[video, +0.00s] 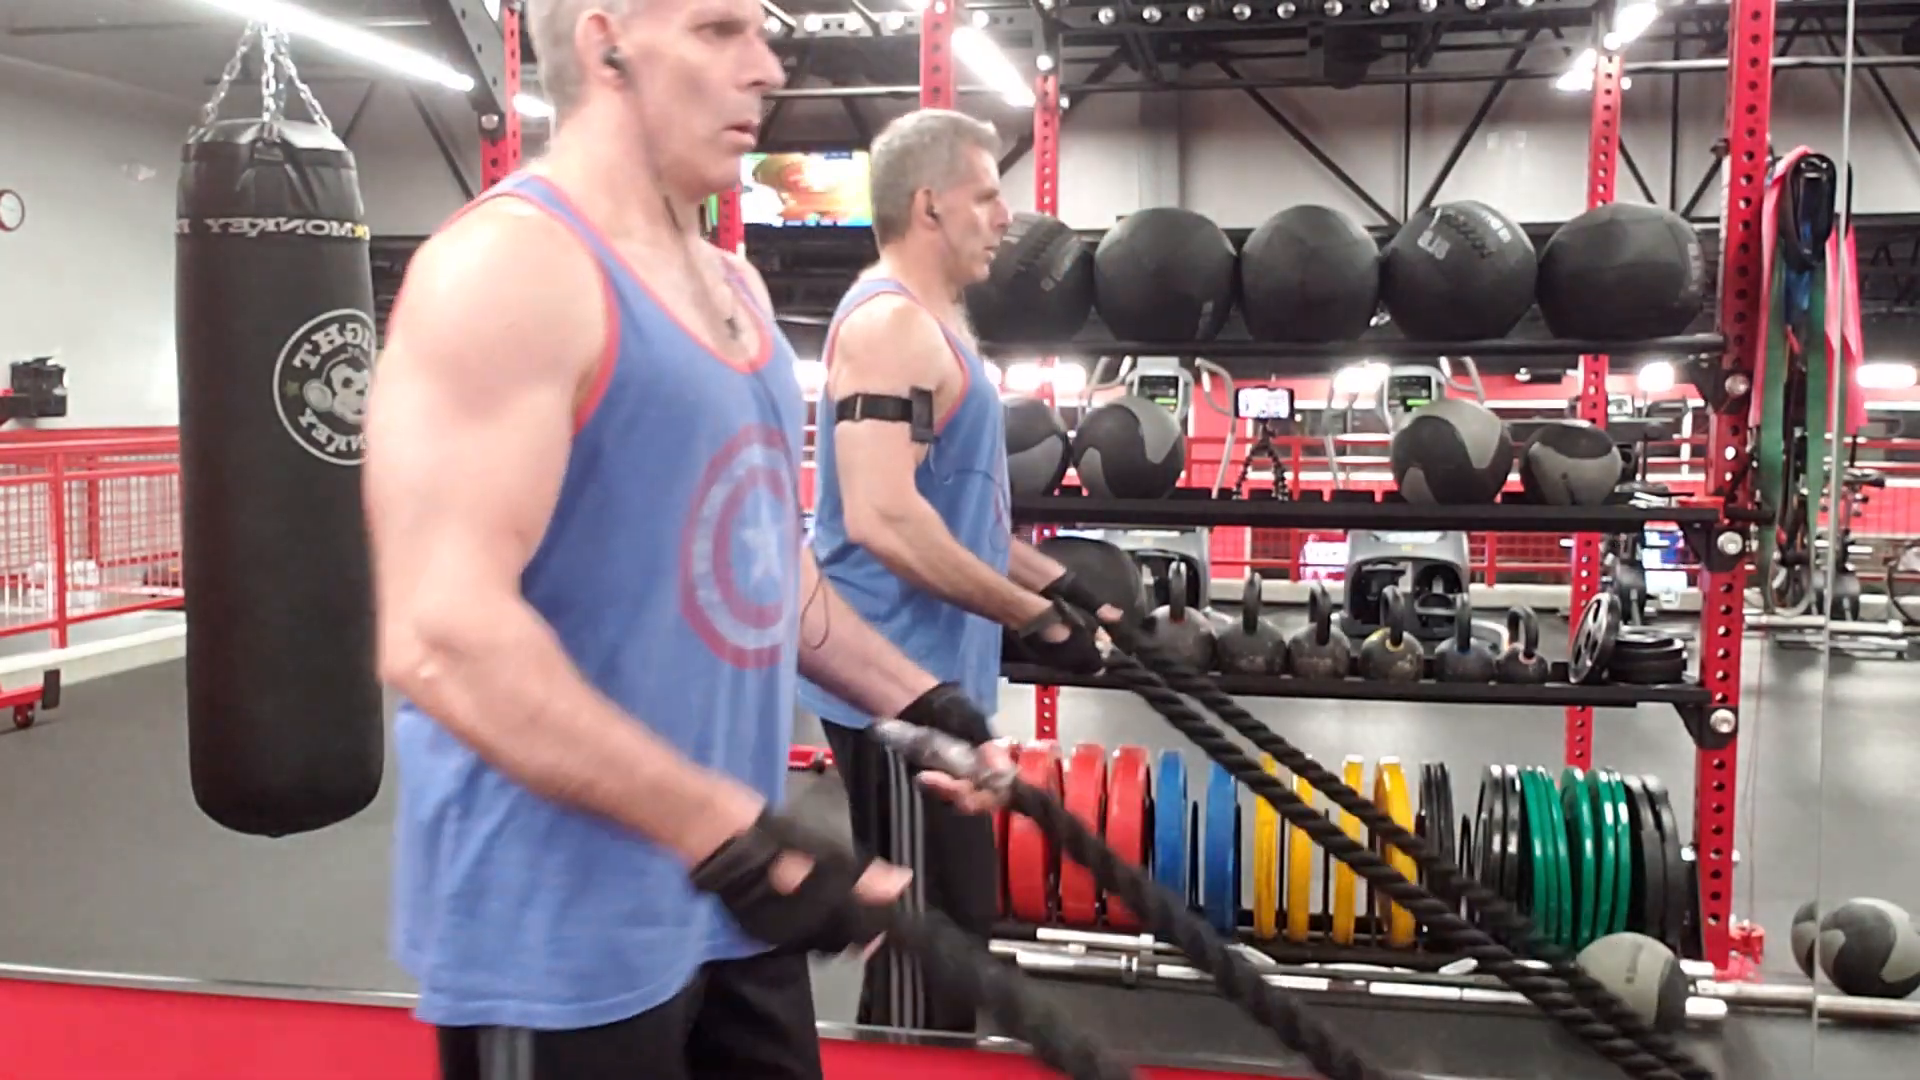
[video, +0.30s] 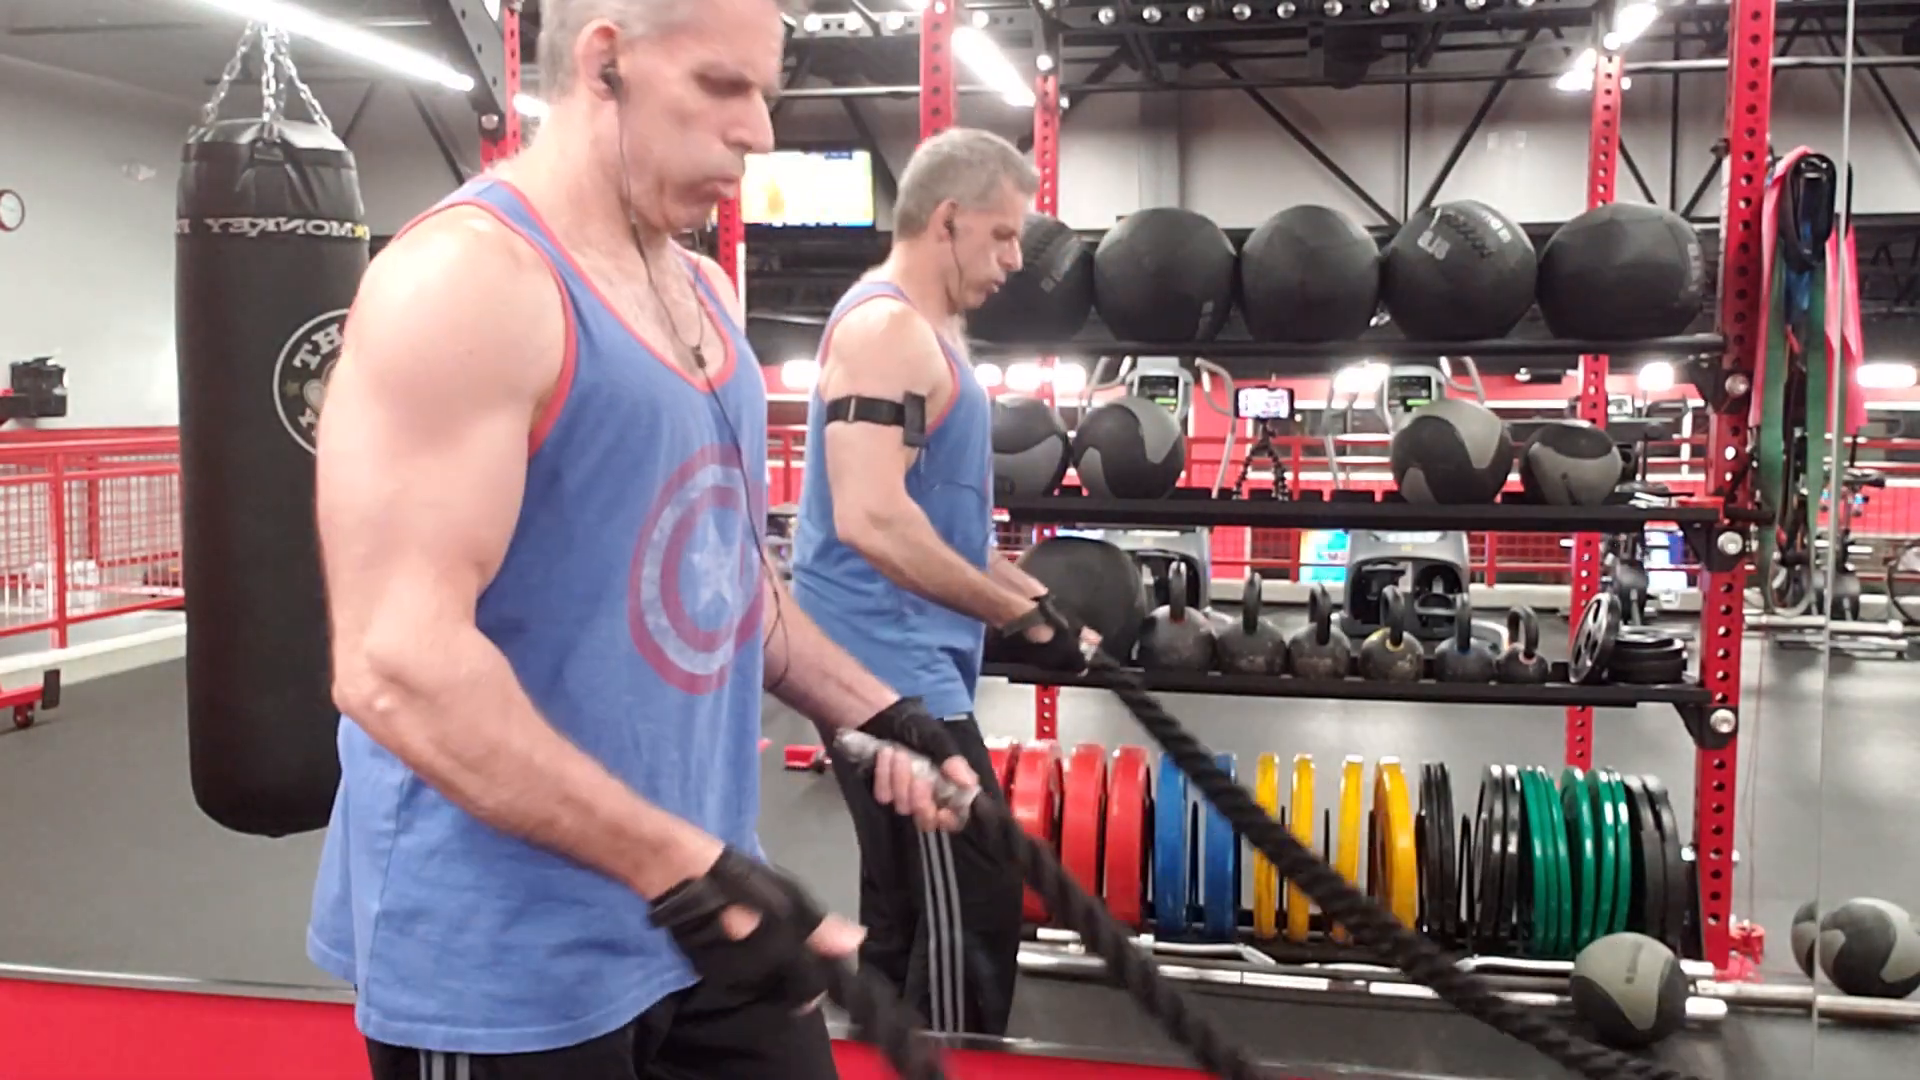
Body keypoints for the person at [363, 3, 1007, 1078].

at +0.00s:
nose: (769, 71)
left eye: (766, 38)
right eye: (723, 29)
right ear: (606, 40)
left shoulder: (734, 283)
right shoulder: (505, 266)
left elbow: (766, 567)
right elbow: (441, 633)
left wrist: (923, 706)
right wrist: (739, 841)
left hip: (736, 915)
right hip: (564, 951)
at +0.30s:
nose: (756, 133)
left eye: (763, 97)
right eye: (722, 85)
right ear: (601, 58)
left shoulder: (698, 283)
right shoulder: (458, 282)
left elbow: (721, 573)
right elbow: (397, 659)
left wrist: (873, 717)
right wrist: (692, 873)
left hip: (702, 937)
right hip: (503, 981)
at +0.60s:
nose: (825, 182)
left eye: (836, 146)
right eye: (799, 134)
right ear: (686, 98)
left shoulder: (757, 318)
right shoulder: (521, 302)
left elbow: (763, 593)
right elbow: (432, 658)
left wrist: (899, 748)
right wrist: (675, 895)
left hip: (734, 946)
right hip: (553, 981)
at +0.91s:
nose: (873, 167)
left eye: (877, 130)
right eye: (841, 121)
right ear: (727, 107)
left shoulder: (799, 339)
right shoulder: (557, 307)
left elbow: (788, 603)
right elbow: (454, 650)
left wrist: (913, 786)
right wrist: (681, 887)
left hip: (747, 921)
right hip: (569, 950)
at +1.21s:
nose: (863, 147)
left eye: (860, 111)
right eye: (826, 105)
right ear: (708, 106)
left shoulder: (778, 342)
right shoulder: (545, 323)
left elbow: (765, 615)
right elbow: (445, 687)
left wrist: (886, 799)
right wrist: (694, 932)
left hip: (737, 924)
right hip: (542, 982)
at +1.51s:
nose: (860, 152)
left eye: (855, 115)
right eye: (822, 111)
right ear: (703, 116)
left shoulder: (781, 348)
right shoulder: (550, 345)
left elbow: (763, 621)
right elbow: (441, 712)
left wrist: (885, 797)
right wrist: (685, 961)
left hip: (731, 928)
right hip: (536, 995)